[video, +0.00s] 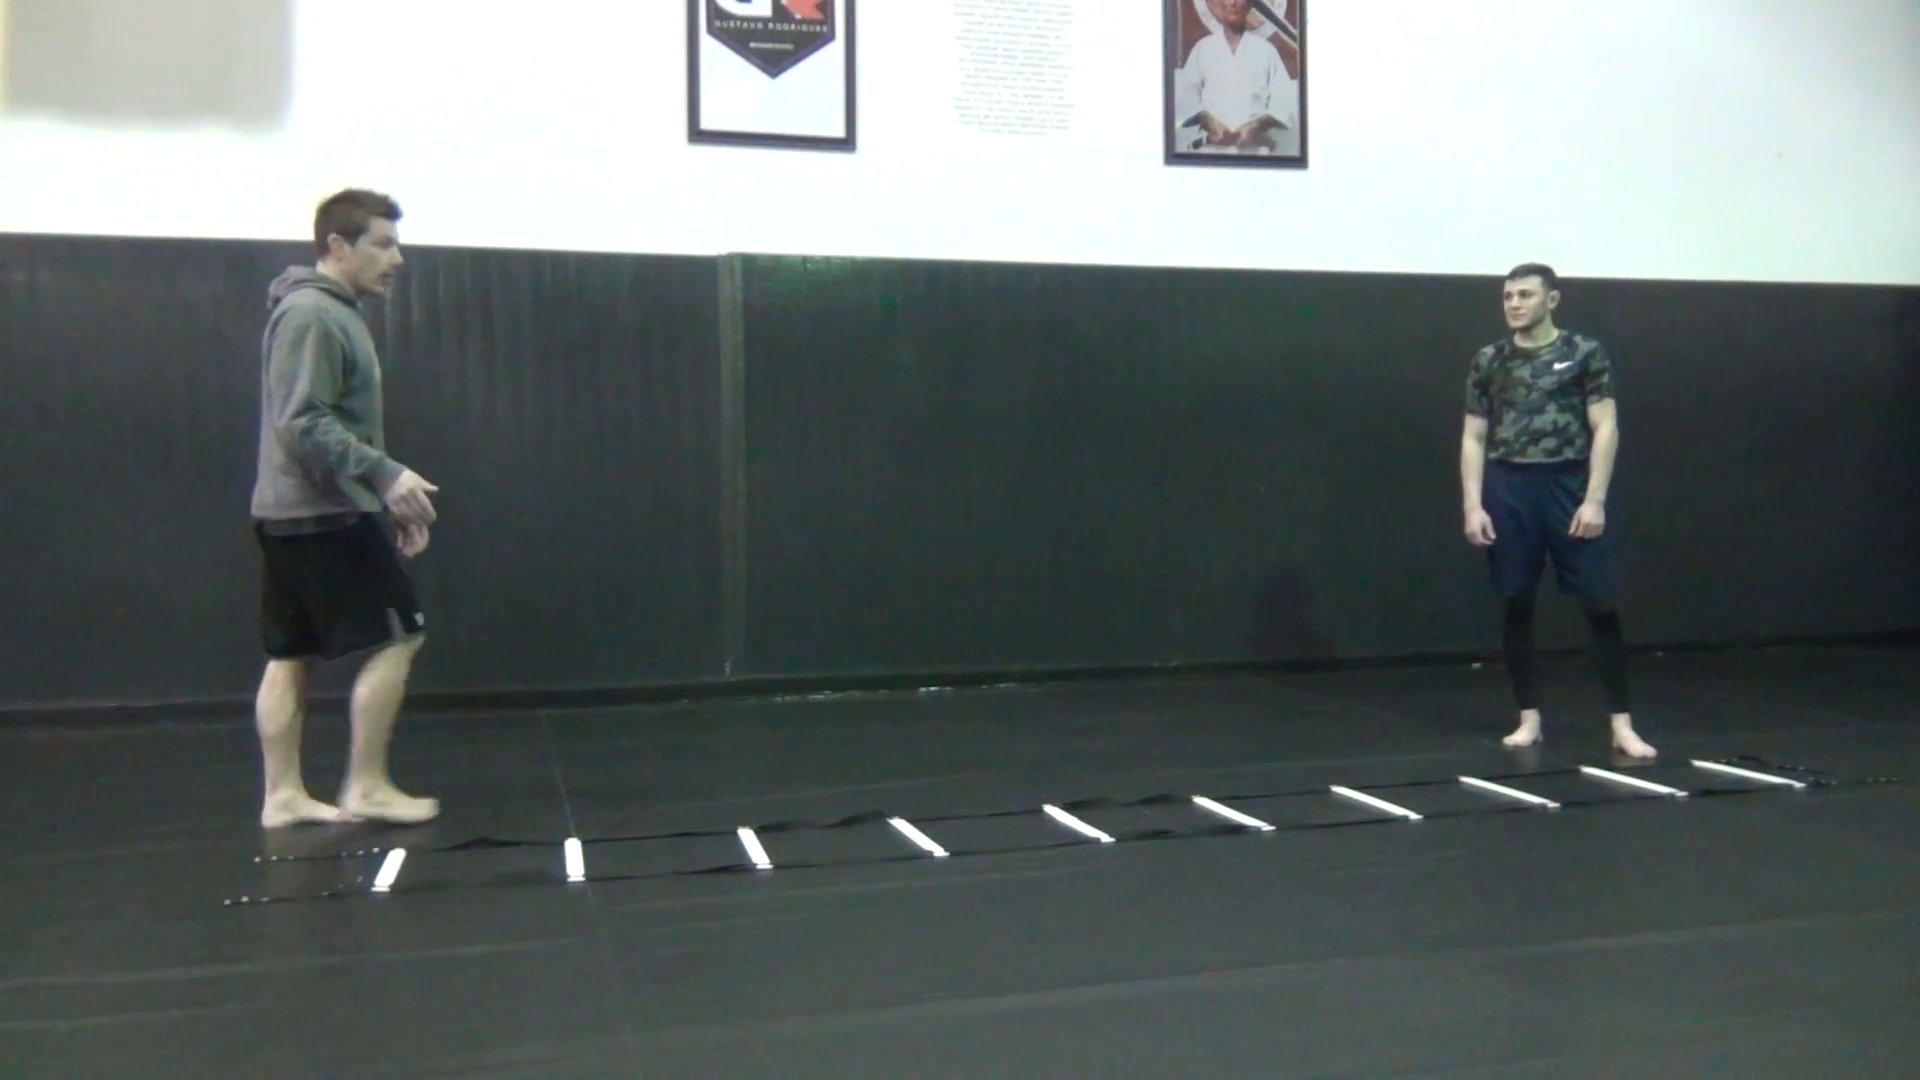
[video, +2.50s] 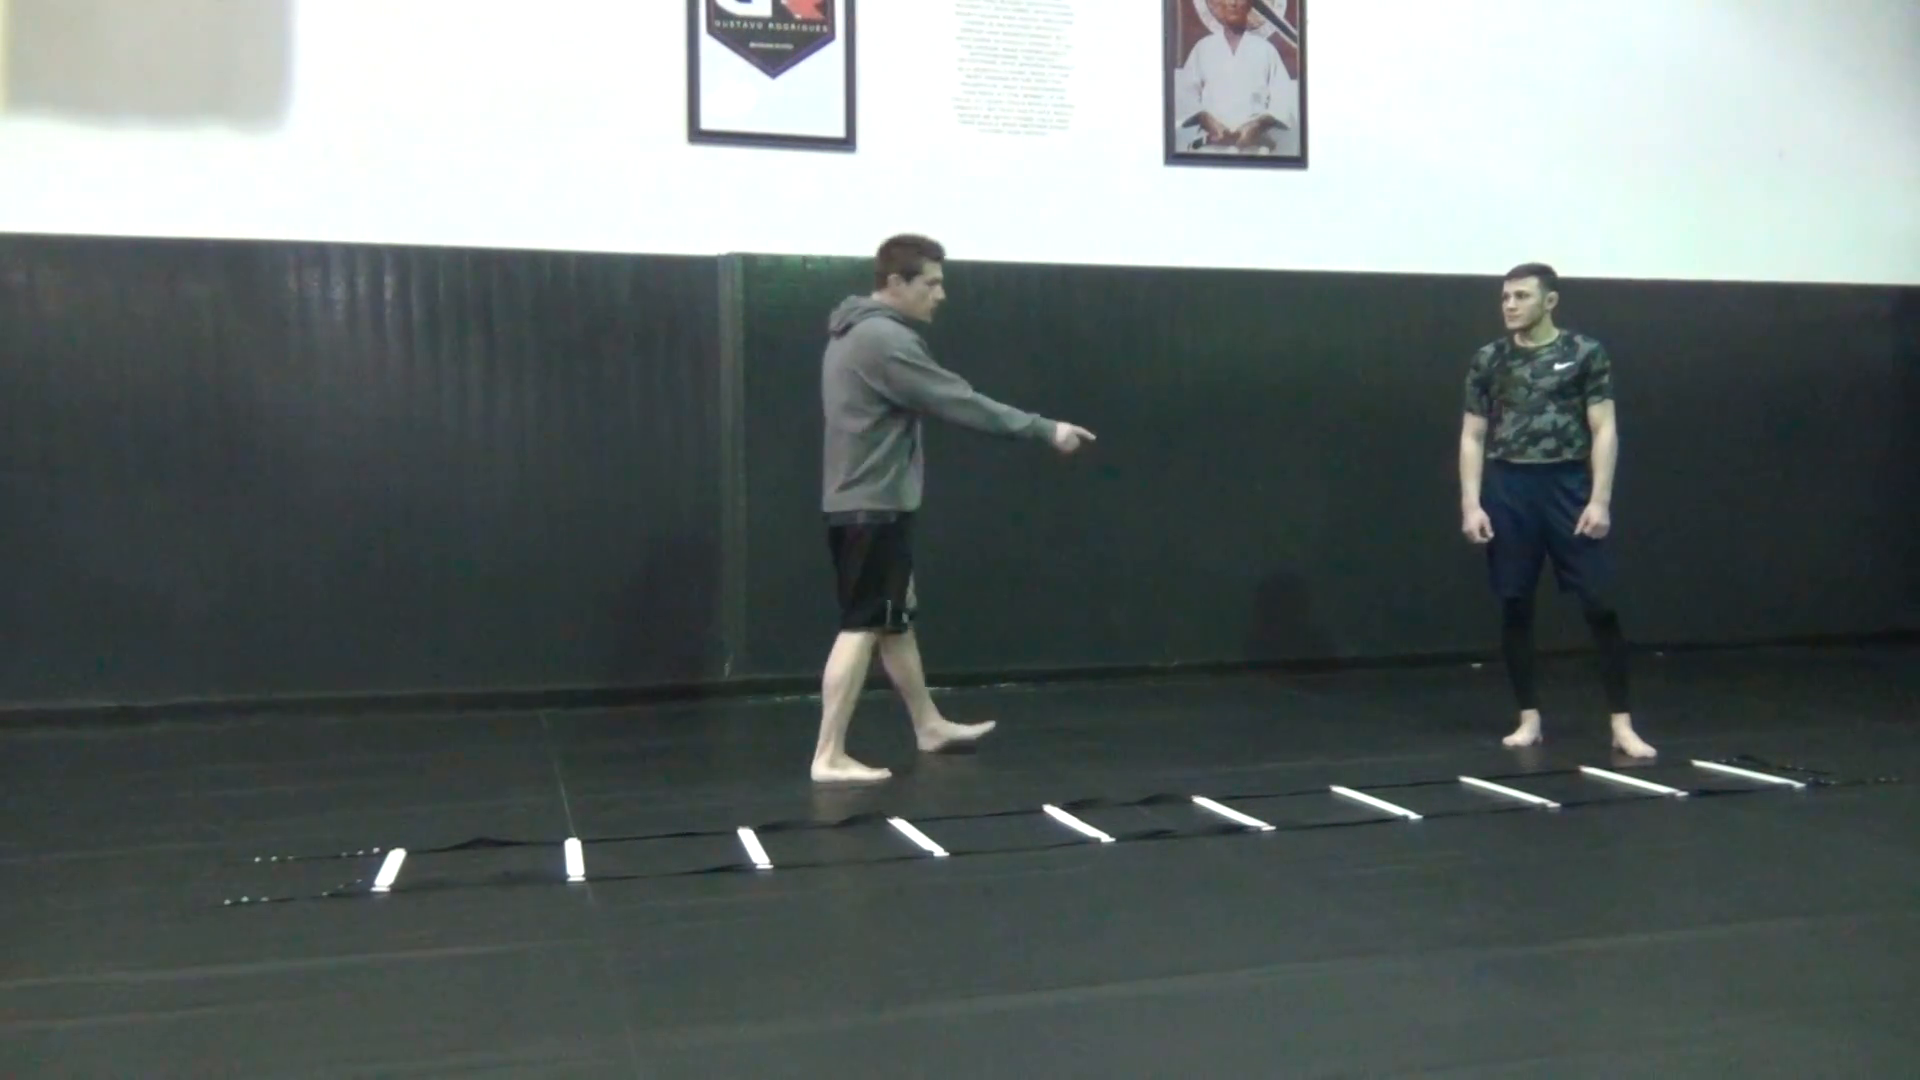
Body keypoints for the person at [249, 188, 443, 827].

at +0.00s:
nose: (396, 260)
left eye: (396, 247)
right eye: (384, 246)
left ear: (342, 249)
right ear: (337, 245)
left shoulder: (331, 312)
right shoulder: (312, 315)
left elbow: (339, 428)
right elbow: (303, 421)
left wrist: (389, 504)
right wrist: (385, 474)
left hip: (294, 513)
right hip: (324, 512)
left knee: (289, 655)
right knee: (398, 634)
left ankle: (282, 795)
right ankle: (367, 785)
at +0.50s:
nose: (495, 262)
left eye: (495, 250)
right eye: (482, 251)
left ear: (444, 255)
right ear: (438, 254)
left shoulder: (439, 319)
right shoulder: (421, 327)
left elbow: (450, 430)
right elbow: (447, 434)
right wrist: (541, 457)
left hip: (433, 517)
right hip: (439, 521)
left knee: (408, 650)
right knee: (459, 655)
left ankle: (327, 755)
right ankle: (474, 791)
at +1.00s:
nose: (587, 271)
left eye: (587, 259)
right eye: (575, 259)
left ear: (550, 264)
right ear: (530, 261)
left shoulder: (556, 327)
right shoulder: (502, 329)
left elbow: (571, 432)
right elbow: (519, 423)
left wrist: (597, 501)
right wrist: (598, 382)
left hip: (567, 510)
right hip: (524, 513)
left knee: (592, 632)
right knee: (510, 645)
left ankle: (628, 748)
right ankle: (475, 786)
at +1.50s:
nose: (710, 282)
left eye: (710, 270)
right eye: (700, 270)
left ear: (675, 273)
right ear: (658, 270)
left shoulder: (685, 338)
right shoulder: (619, 336)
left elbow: (713, 431)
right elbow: (629, 433)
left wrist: (743, 502)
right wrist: (692, 473)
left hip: (688, 501)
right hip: (650, 505)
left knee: (672, 628)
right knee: (686, 622)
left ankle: (665, 756)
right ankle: (577, 724)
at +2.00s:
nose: (835, 287)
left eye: (835, 276)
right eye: (827, 276)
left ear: (787, 278)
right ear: (791, 277)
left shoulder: (750, 334)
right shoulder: (770, 342)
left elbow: (755, 436)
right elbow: (765, 442)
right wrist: (771, 529)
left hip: (739, 508)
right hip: (775, 510)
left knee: (728, 633)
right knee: (807, 633)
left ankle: (675, 742)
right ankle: (827, 758)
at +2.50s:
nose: (940, 296)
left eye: (941, 285)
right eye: (932, 284)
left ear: (892, 285)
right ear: (894, 282)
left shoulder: (856, 331)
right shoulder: (883, 339)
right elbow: (958, 401)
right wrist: (1046, 429)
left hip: (869, 505)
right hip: (871, 508)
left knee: (894, 618)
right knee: (863, 624)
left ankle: (930, 727)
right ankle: (829, 757)